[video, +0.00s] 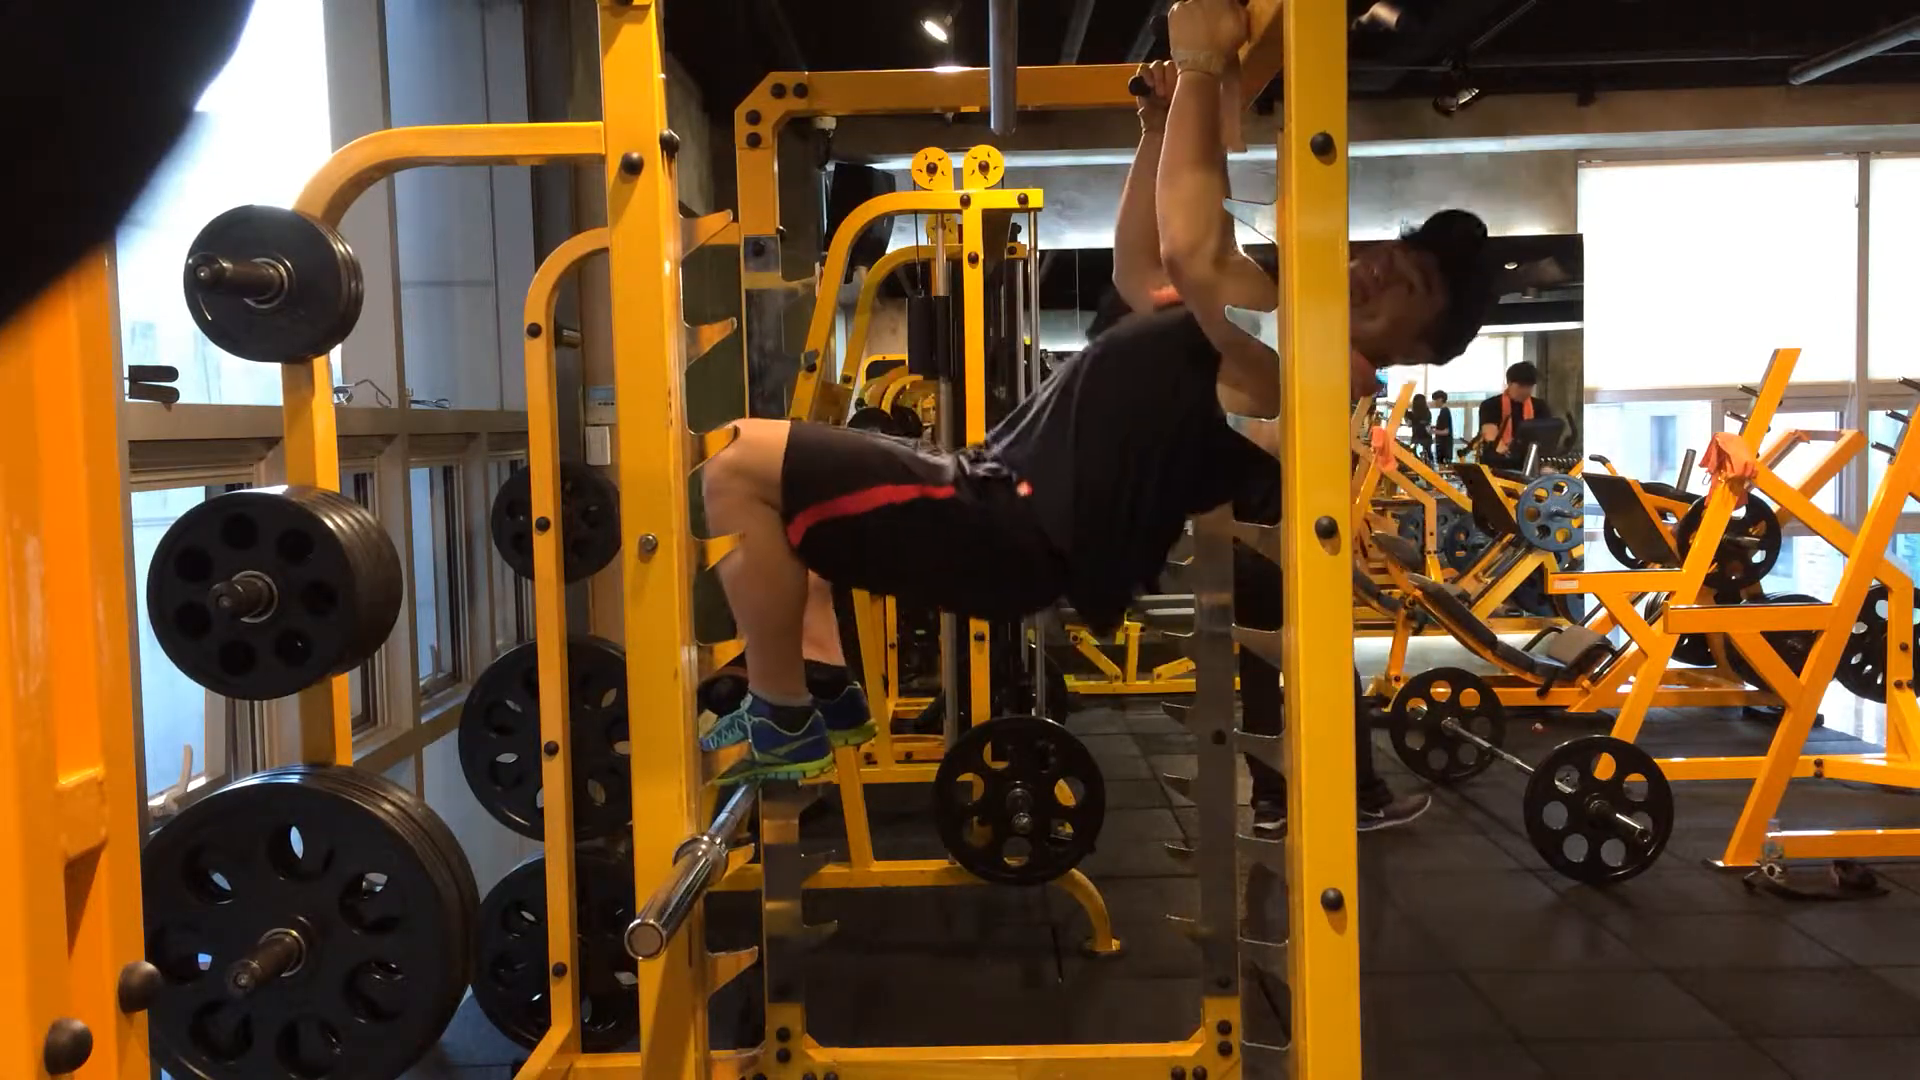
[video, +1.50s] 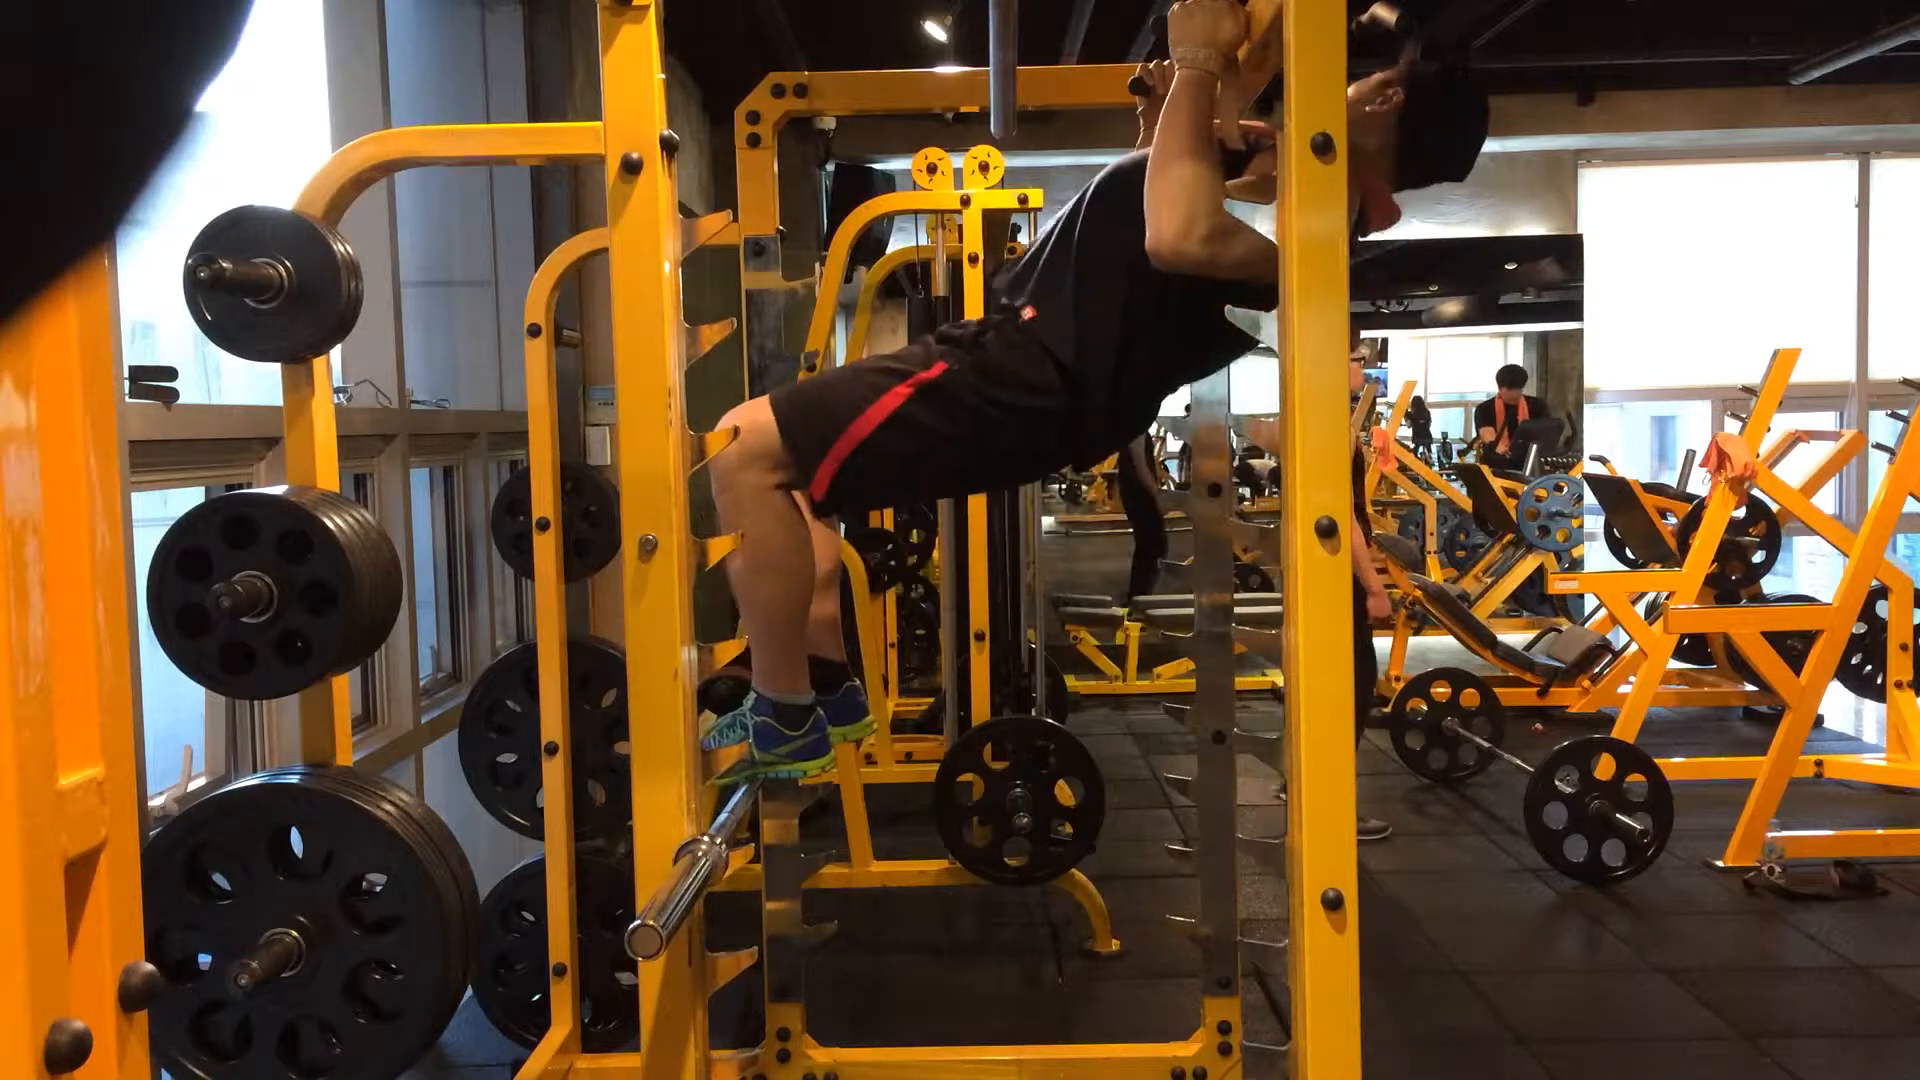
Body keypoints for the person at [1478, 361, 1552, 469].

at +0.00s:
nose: (1526, 392)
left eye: (1529, 386)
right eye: (1521, 386)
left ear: (1533, 386)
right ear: (1510, 384)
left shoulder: (1539, 406)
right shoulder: (1490, 405)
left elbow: (1547, 435)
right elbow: (1490, 436)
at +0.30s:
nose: (1522, 393)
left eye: (1526, 388)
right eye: (1517, 387)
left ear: (1530, 387)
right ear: (1506, 385)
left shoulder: (1539, 405)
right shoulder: (1489, 408)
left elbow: (1547, 437)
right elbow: (1491, 445)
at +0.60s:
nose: (1517, 395)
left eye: (1519, 391)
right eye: (1512, 391)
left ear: (1522, 389)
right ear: (1500, 389)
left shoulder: (1536, 405)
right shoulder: (1485, 410)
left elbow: (1546, 434)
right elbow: (1490, 446)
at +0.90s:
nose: (1525, 392)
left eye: (1529, 388)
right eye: (1520, 387)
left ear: (1533, 388)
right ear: (1509, 384)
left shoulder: (1541, 407)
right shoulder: (1489, 406)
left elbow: (1547, 439)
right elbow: (1492, 442)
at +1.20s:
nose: (1517, 392)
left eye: (1519, 386)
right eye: (1512, 387)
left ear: (1522, 386)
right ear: (1501, 387)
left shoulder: (1537, 405)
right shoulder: (1486, 409)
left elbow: (1546, 435)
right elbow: (1490, 443)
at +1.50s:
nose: (1515, 394)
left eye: (1518, 389)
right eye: (1510, 389)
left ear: (1522, 388)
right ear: (1500, 387)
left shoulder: (1537, 405)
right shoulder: (1485, 409)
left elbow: (1546, 435)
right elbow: (1489, 442)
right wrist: (1503, 451)